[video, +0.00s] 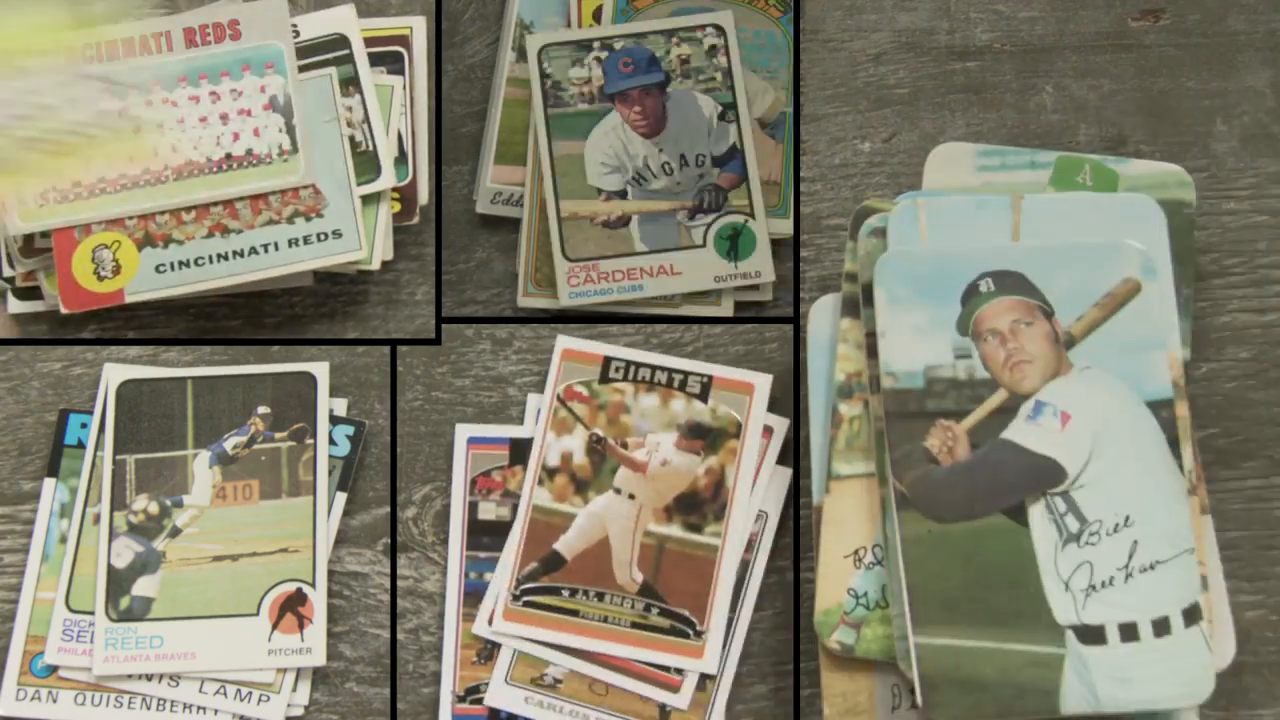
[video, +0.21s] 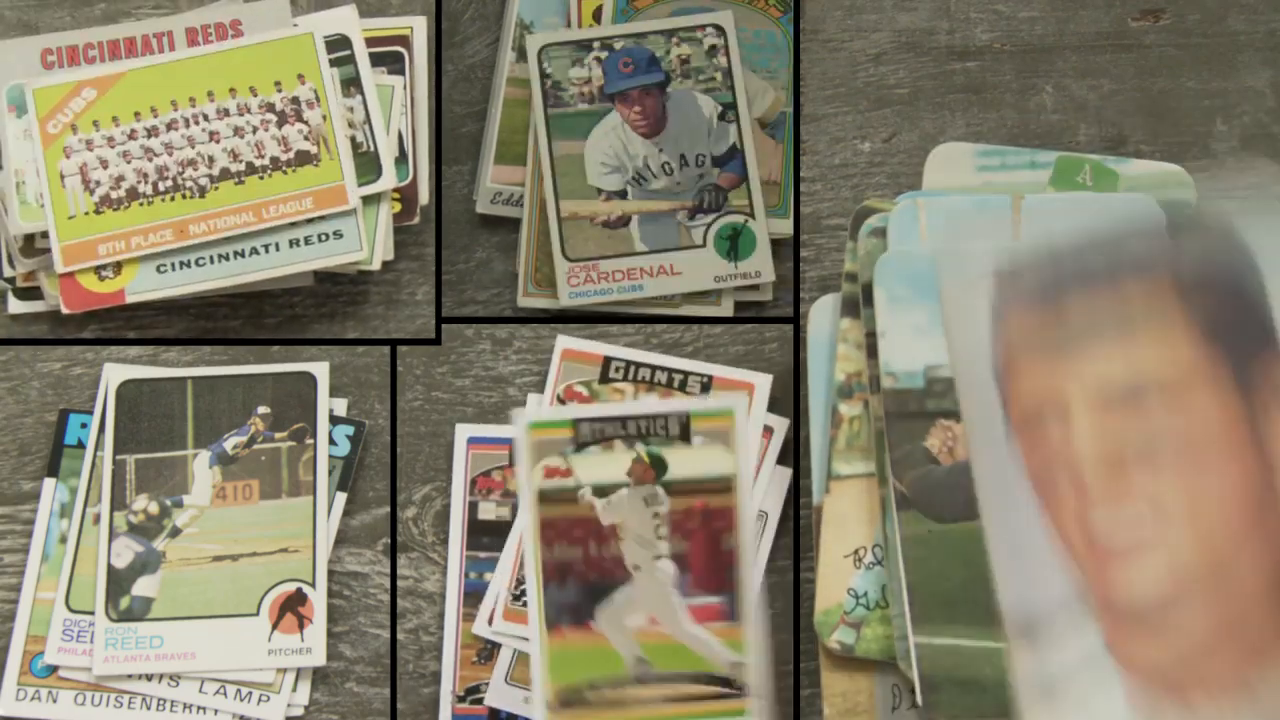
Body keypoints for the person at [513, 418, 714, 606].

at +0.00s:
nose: (680, 440)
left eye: (686, 438)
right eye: (681, 435)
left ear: (699, 444)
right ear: (682, 434)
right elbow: (641, 444)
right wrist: (613, 443)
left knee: (626, 577)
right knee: (567, 545)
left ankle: (672, 619)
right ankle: (516, 585)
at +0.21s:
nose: (631, 465)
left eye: (637, 463)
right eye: (634, 461)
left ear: (649, 474)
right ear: (649, 475)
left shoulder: (627, 498)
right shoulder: (659, 494)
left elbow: (603, 512)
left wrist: (588, 498)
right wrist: (598, 500)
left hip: (651, 572)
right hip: (662, 567)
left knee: (679, 626)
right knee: (606, 615)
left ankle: (734, 664)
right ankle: (638, 666)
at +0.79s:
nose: (645, 443)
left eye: (651, 441)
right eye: (648, 439)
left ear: (661, 453)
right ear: (660, 455)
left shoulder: (636, 472)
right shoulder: (665, 473)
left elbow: (612, 483)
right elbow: (631, 482)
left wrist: (601, 468)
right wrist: (605, 472)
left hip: (649, 542)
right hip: (658, 539)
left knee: (672, 596)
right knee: (600, 575)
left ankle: (718, 636)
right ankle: (624, 621)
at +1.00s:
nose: (645, 442)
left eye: (651, 441)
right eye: (648, 439)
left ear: (660, 453)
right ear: (661, 455)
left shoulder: (636, 472)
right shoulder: (665, 472)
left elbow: (612, 483)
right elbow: (630, 480)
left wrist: (601, 468)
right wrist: (605, 473)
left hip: (649, 542)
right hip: (659, 539)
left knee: (672, 596)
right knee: (600, 574)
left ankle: (718, 637)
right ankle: (624, 622)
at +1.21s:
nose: (645, 442)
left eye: (651, 441)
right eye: (648, 439)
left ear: (660, 454)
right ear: (661, 456)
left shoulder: (636, 472)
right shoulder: (665, 472)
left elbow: (612, 483)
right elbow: (630, 481)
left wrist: (600, 468)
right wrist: (605, 473)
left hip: (649, 542)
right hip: (657, 539)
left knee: (672, 596)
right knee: (600, 574)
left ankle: (718, 636)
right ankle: (624, 621)